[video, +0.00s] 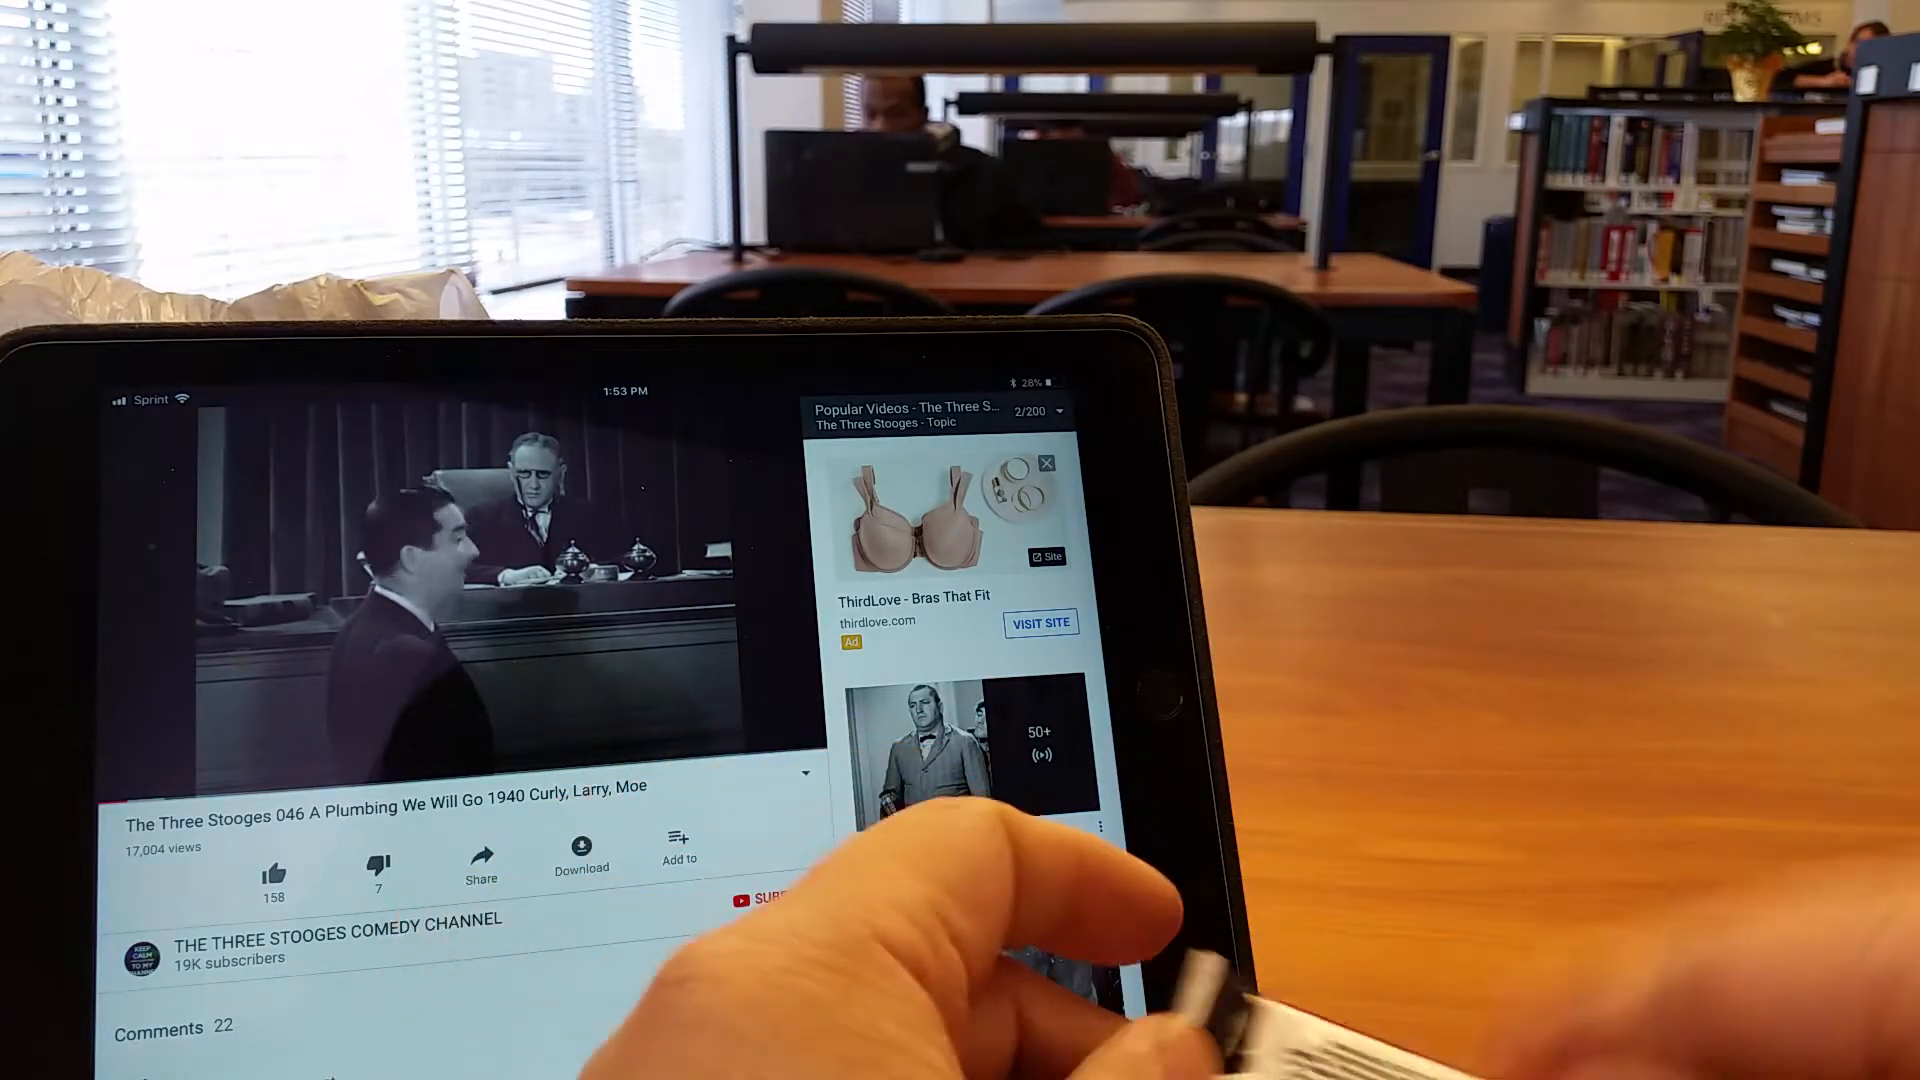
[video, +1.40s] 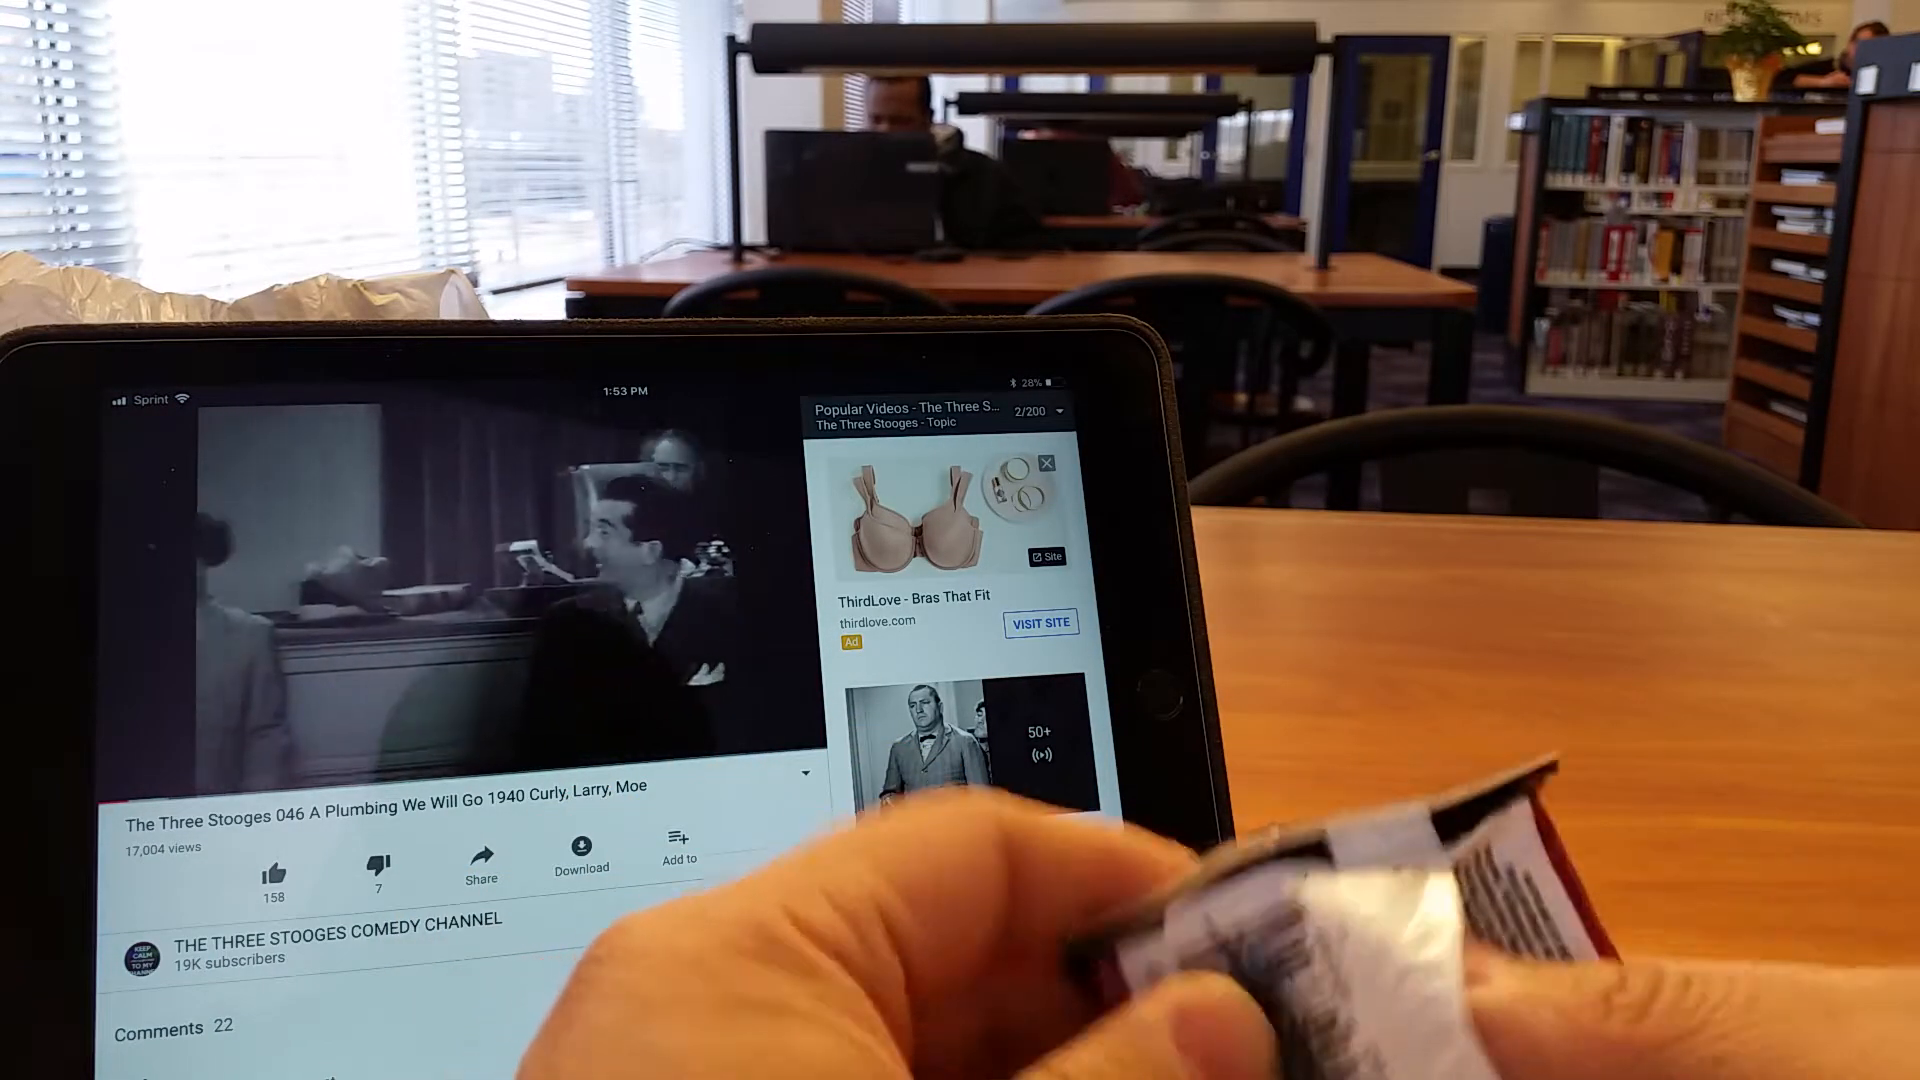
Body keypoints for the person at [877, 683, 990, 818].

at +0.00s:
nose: (919, 710)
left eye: (925, 703)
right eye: (913, 705)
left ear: (939, 706)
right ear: (910, 712)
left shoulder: (965, 743)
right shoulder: (899, 749)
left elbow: (982, 797)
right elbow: (891, 793)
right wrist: (888, 801)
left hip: (958, 824)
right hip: (915, 826)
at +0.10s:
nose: (919, 710)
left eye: (925, 703)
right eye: (913, 706)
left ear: (939, 707)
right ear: (909, 711)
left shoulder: (964, 743)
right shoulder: (899, 749)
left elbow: (981, 795)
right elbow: (890, 796)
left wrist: (982, 835)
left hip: (955, 823)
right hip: (913, 826)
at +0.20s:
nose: (919, 710)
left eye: (925, 703)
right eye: (913, 705)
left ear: (939, 706)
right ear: (909, 712)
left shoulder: (965, 742)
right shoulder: (900, 749)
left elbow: (981, 795)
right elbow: (892, 790)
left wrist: (978, 834)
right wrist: (887, 799)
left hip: (957, 833)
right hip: (915, 834)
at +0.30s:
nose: (919, 710)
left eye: (925, 703)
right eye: (913, 705)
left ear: (939, 706)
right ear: (909, 711)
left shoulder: (964, 742)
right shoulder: (899, 748)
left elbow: (981, 794)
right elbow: (891, 795)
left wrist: (979, 834)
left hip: (955, 832)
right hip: (910, 835)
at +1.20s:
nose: (919, 710)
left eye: (925, 703)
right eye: (913, 705)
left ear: (939, 707)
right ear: (909, 711)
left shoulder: (964, 742)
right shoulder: (899, 748)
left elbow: (981, 795)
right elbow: (890, 796)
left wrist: (979, 835)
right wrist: (886, 838)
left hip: (955, 831)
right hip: (910, 835)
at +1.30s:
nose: (919, 710)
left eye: (925, 703)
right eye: (913, 705)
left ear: (940, 707)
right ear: (910, 711)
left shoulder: (965, 743)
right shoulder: (899, 749)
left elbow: (982, 796)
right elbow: (890, 795)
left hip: (956, 821)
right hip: (914, 824)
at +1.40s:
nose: (918, 709)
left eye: (925, 703)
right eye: (913, 705)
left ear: (939, 707)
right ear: (909, 711)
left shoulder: (964, 742)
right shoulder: (899, 749)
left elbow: (980, 794)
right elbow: (891, 794)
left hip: (956, 821)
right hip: (915, 825)